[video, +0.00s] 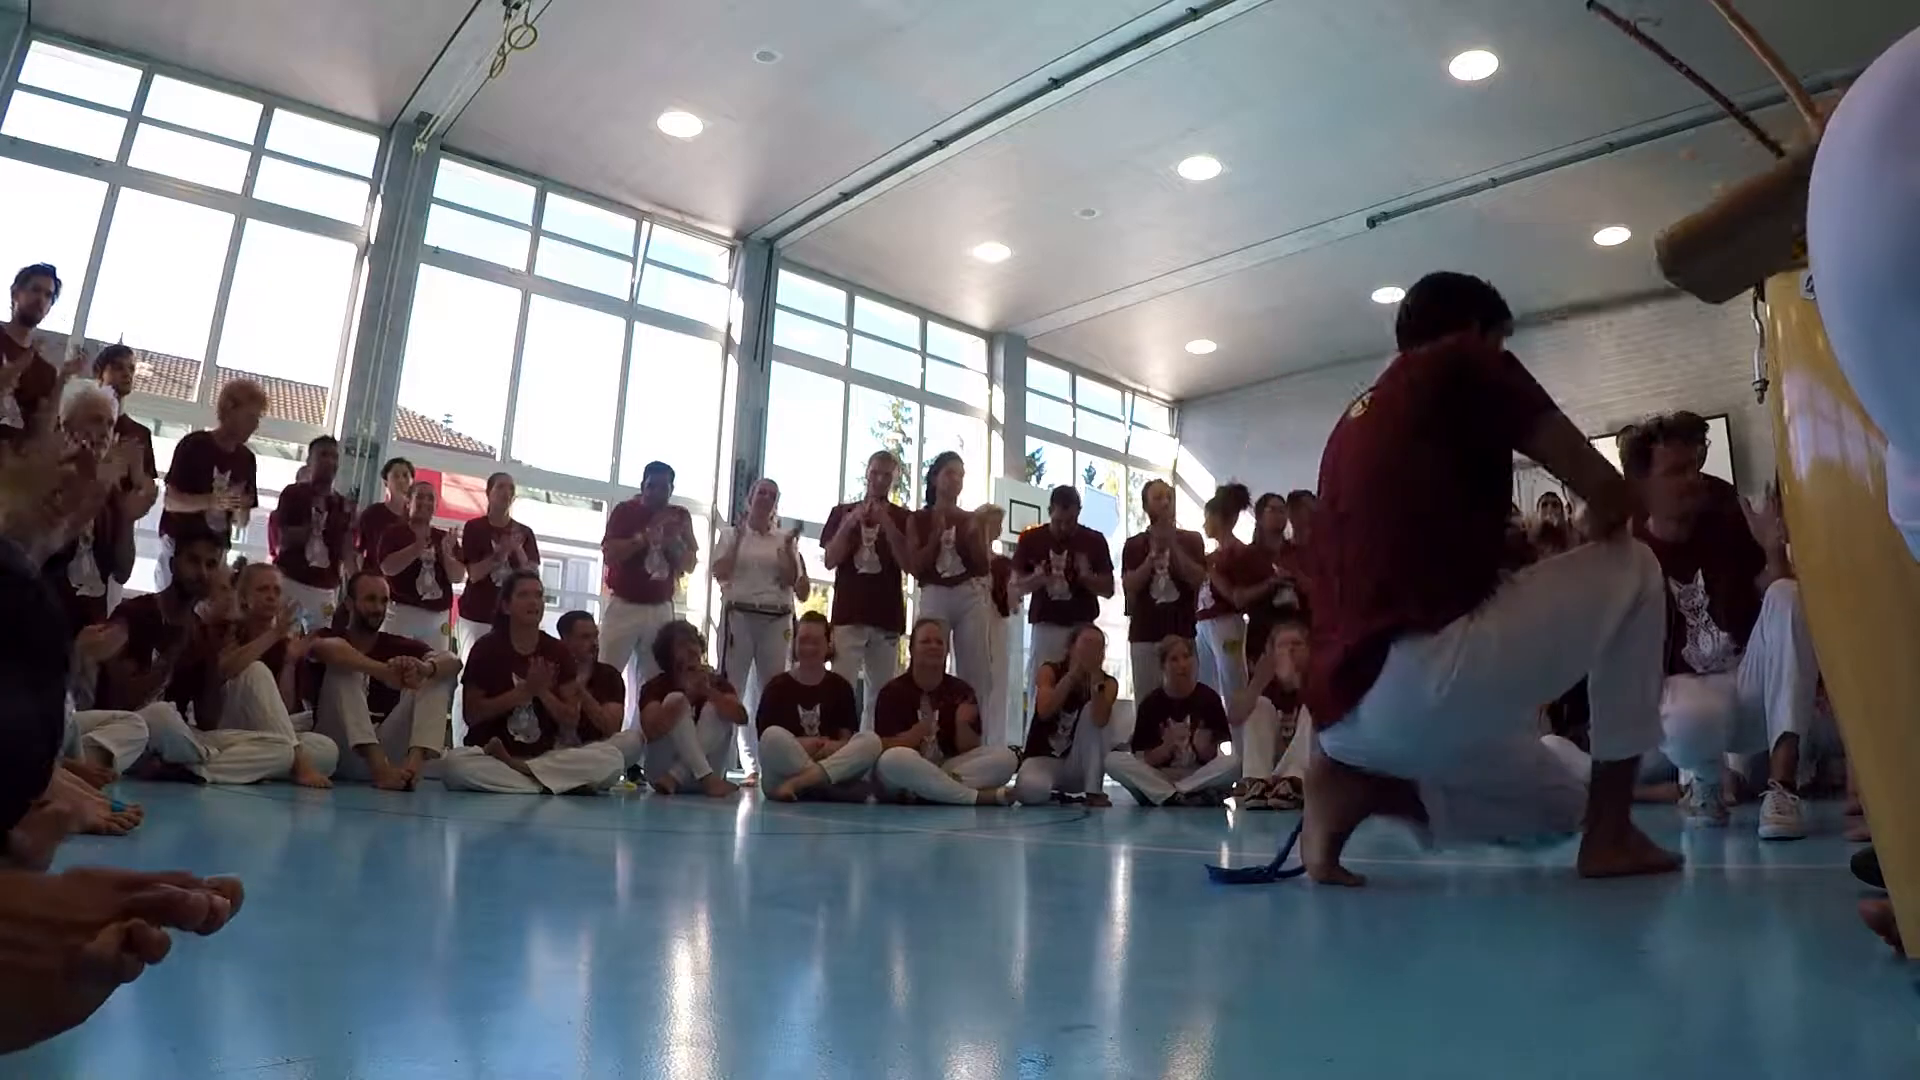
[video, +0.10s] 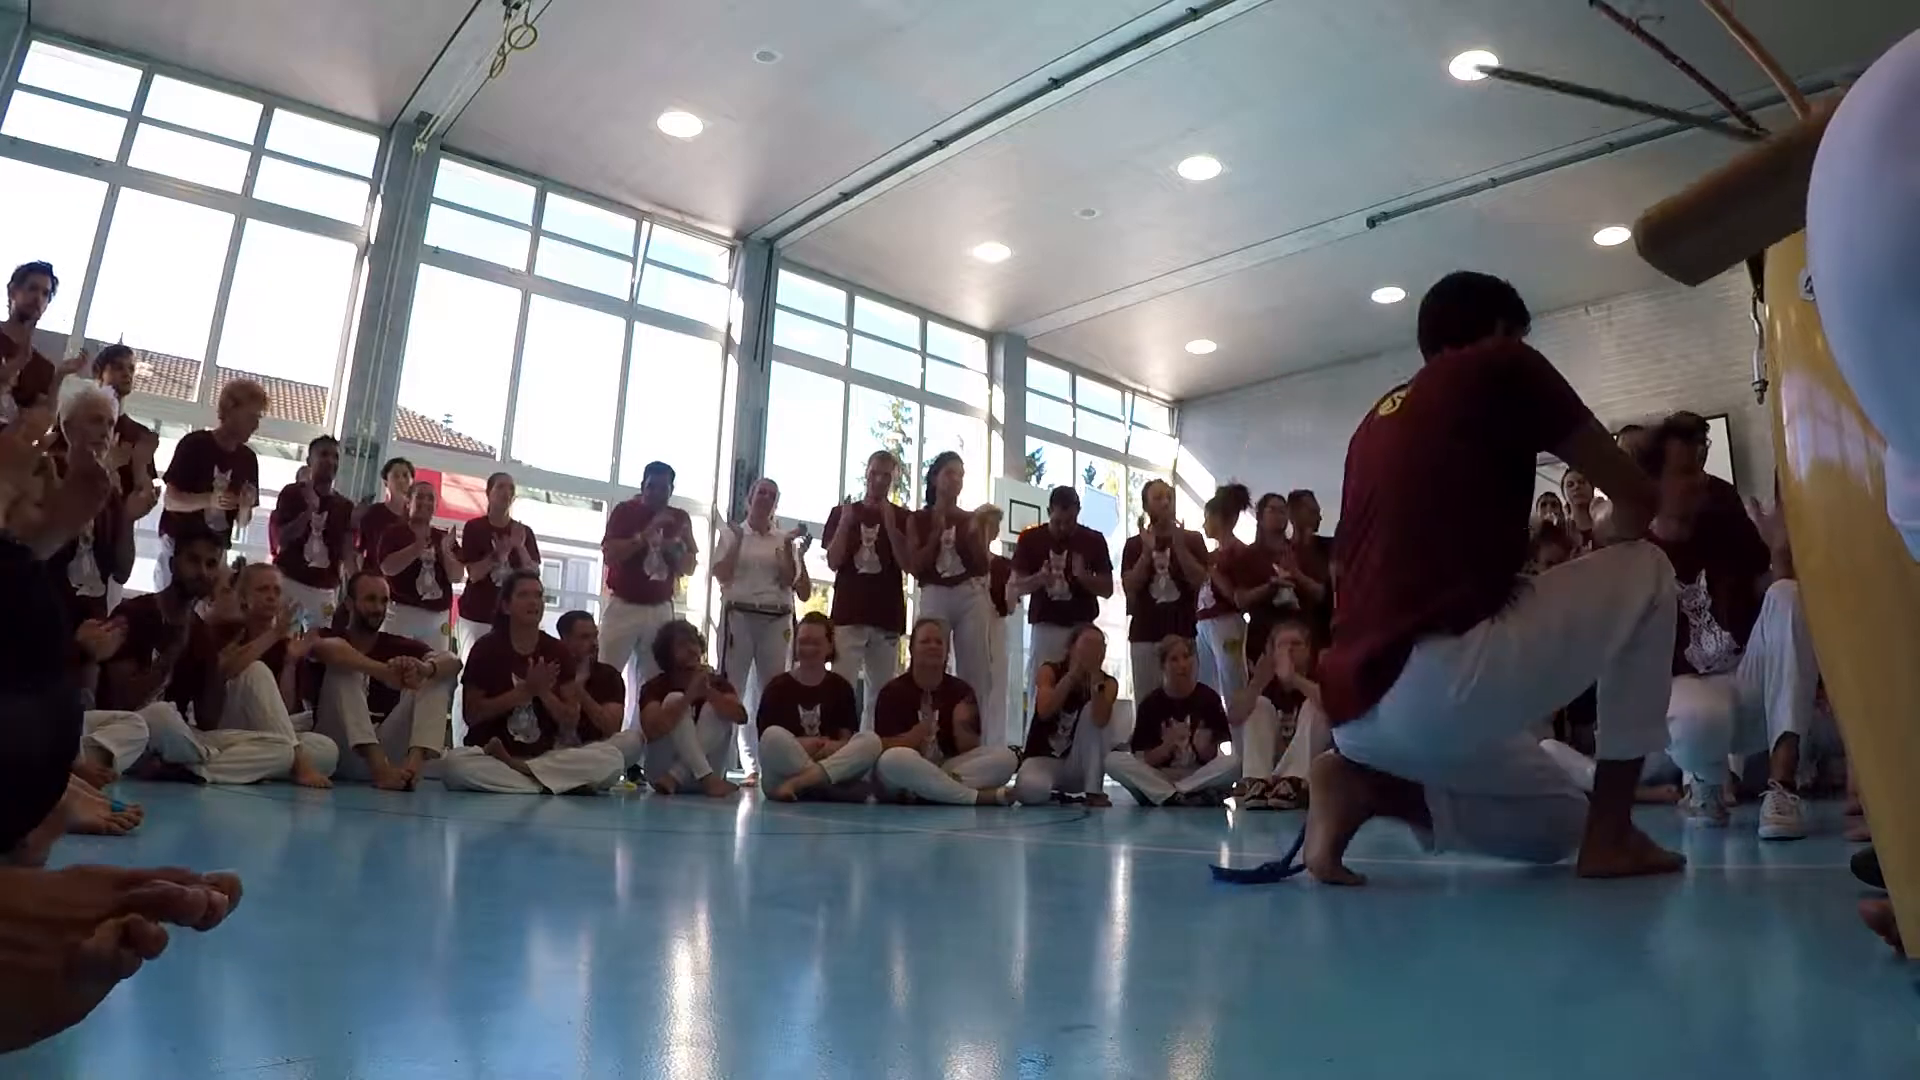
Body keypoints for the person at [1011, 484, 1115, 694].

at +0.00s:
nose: (1064, 528)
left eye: (1070, 522)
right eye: (1058, 521)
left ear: (1078, 513)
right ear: (1050, 512)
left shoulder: (1094, 540)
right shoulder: (1031, 539)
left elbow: (1108, 589)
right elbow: (1017, 586)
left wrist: (1086, 577)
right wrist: (1039, 578)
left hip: (1083, 628)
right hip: (1046, 628)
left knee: (1082, 694)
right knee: (1041, 693)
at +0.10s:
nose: (1063, 528)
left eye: (1069, 522)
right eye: (1057, 522)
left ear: (1077, 514)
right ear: (1049, 513)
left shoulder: (1093, 540)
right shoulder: (1030, 538)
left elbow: (1106, 589)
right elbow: (1016, 586)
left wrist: (1083, 576)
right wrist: (1040, 578)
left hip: (1082, 628)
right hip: (1046, 628)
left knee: (1082, 696)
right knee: (1042, 695)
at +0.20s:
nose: (1064, 527)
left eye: (1069, 521)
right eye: (1059, 521)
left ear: (1077, 513)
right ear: (1049, 511)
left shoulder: (1093, 539)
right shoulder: (1031, 537)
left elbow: (1105, 588)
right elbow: (1019, 586)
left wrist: (1069, 576)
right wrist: (1052, 575)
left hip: (1082, 630)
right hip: (1046, 627)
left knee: (1081, 693)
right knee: (1040, 691)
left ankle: (1078, 754)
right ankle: (1038, 754)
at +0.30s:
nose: (1070, 517)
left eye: (1073, 511)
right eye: (1065, 511)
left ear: (1078, 508)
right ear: (1051, 508)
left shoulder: (1093, 538)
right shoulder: (1031, 537)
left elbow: (1105, 588)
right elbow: (1018, 585)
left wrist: (1077, 577)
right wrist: (1047, 576)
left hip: (1083, 628)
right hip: (1046, 627)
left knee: (1083, 695)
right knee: (1041, 693)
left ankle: (1081, 755)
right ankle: (1038, 754)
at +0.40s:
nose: (1067, 515)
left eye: (1072, 509)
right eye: (1062, 509)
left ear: (1078, 507)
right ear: (1050, 507)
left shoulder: (1093, 538)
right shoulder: (1030, 537)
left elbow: (1105, 588)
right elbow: (1017, 584)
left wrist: (1085, 572)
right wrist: (1042, 577)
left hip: (1082, 629)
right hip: (1045, 627)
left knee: (1082, 695)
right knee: (1041, 693)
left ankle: (1080, 758)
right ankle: (1038, 756)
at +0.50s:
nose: (1069, 510)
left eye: (1073, 504)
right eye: (1063, 504)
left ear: (1079, 505)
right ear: (1051, 504)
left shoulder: (1094, 538)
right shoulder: (1030, 536)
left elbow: (1105, 588)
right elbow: (1018, 584)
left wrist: (1070, 572)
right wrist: (1051, 573)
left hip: (1082, 629)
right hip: (1045, 627)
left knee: (1082, 698)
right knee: (1041, 696)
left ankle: (1078, 762)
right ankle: (1037, 760)